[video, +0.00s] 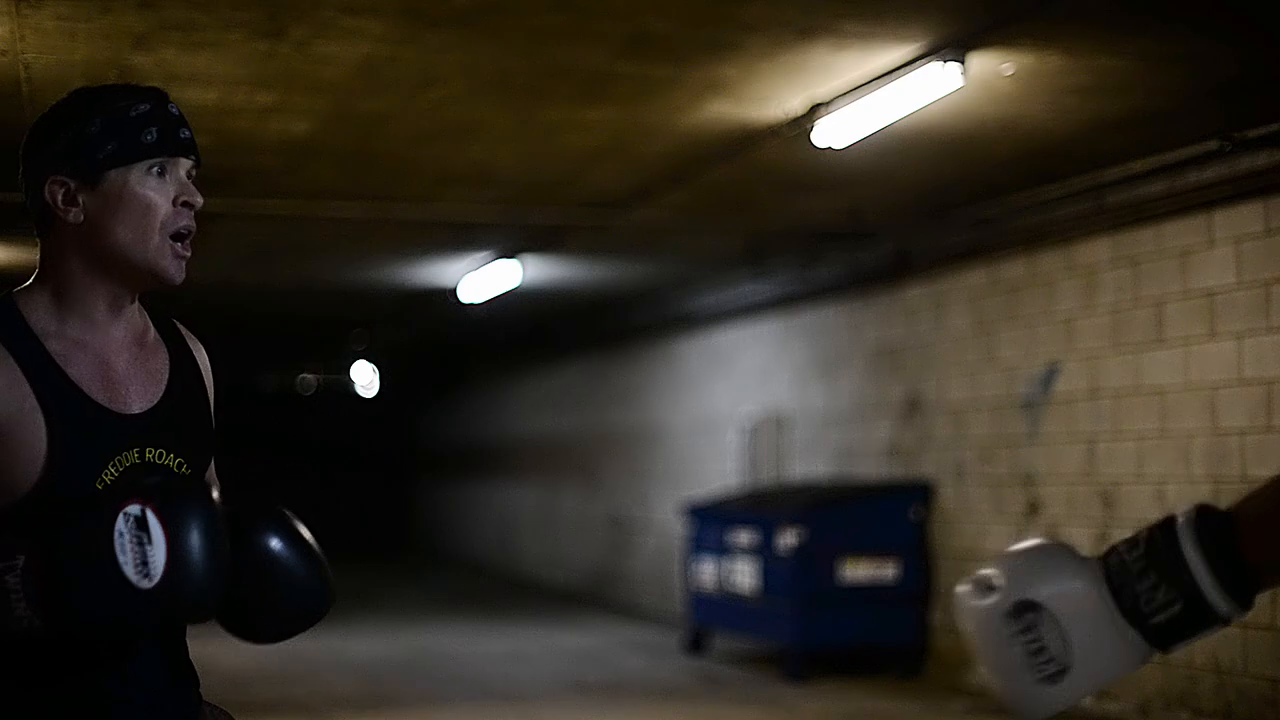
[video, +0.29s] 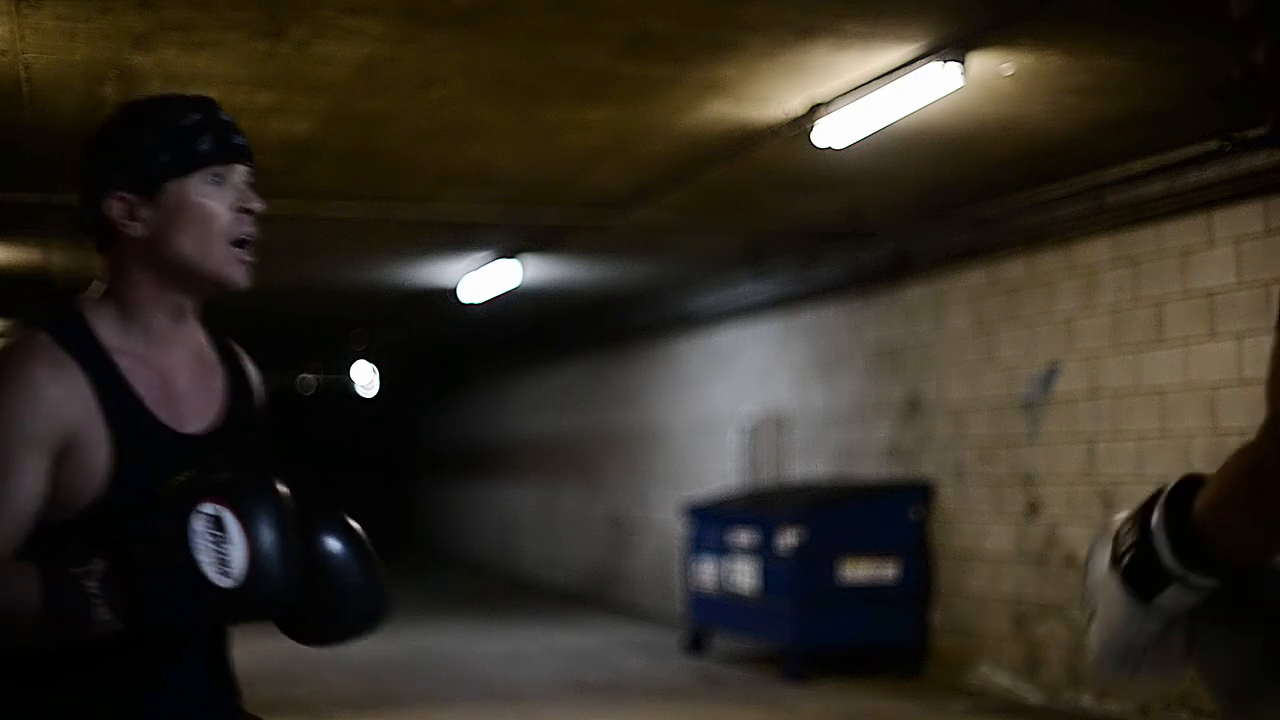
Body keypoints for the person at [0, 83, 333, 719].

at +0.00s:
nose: (192, 199)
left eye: (189, 178)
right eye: (157, 172)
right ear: (69, 200)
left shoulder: (187, 358)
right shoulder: (10, 364)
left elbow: (207, 509)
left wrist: (253, 562)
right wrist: (85, 570)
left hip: (166, 690)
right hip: (40, 698)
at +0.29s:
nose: (254, 206)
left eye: (249, 185)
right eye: (217, 182)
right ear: (129, 212)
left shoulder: (241, 379)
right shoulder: (43, 383)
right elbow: (9, 578)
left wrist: (304, 564)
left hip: (204, 692)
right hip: (69, 700)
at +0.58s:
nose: (409, 225)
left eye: (403, 205)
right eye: (378, 202)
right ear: (288, 227)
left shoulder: (366, 390)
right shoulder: (180, 382)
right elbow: (128, 609)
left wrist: (434, 542)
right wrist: (316, 580)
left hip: (282, 695)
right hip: (147, 703)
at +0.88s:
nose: (408, 238)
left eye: (403, 215)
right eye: (377, 211)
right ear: (286, 233)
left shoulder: (348, 378)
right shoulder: (175, 378)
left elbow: (424, 591)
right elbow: (221, 620)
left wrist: (487, 481)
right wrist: (357, 502)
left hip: (262, 698)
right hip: (124, 706)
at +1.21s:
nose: (294, 224)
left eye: (291, 204)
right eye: (262, 200)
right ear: (174, 226)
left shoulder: (252, 364)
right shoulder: (72, 371)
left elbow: (287, 583)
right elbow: (70, 611)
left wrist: (362, 491)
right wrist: (215, 521)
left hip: (206, 696)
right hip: (80, 712)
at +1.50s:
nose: (347, 222)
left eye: (349, 203)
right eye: (313, 198)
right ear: (228, 228)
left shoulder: (314, 372)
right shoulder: (133, 362)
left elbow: (389, 595)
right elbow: (165, 597)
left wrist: (420, 441)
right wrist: (273, 466)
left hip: (257, 699)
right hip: (119, 706)